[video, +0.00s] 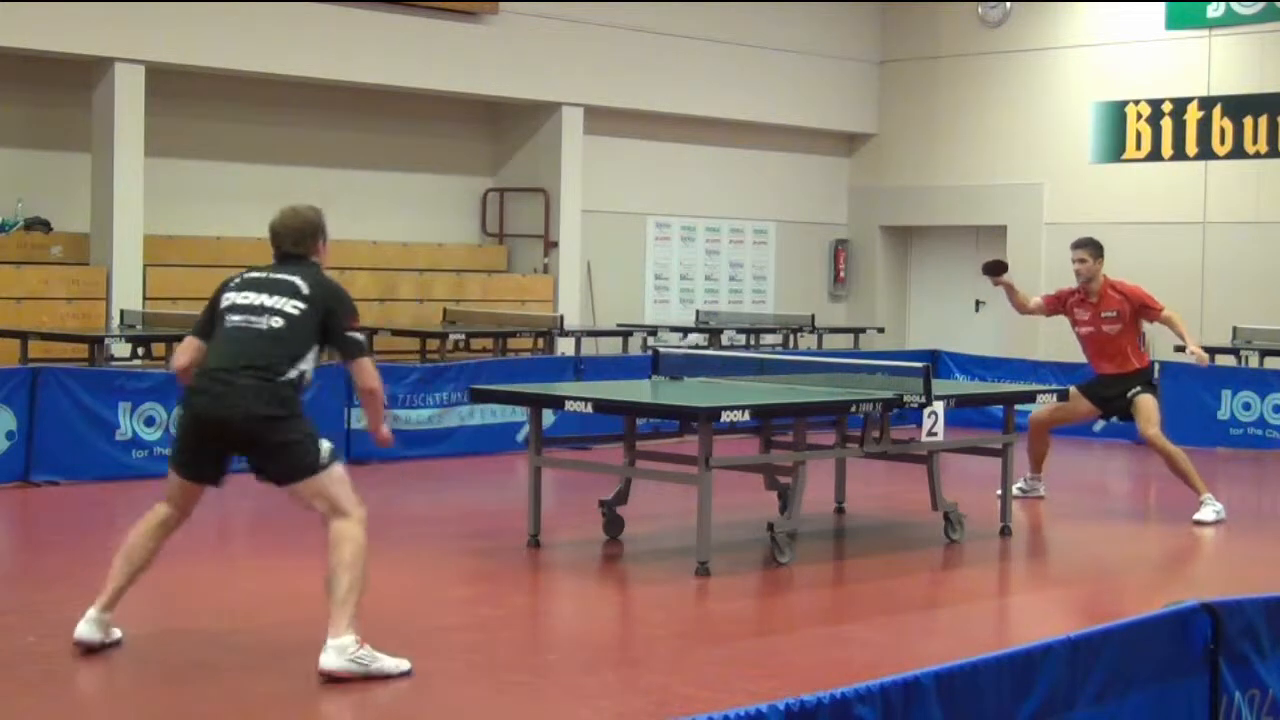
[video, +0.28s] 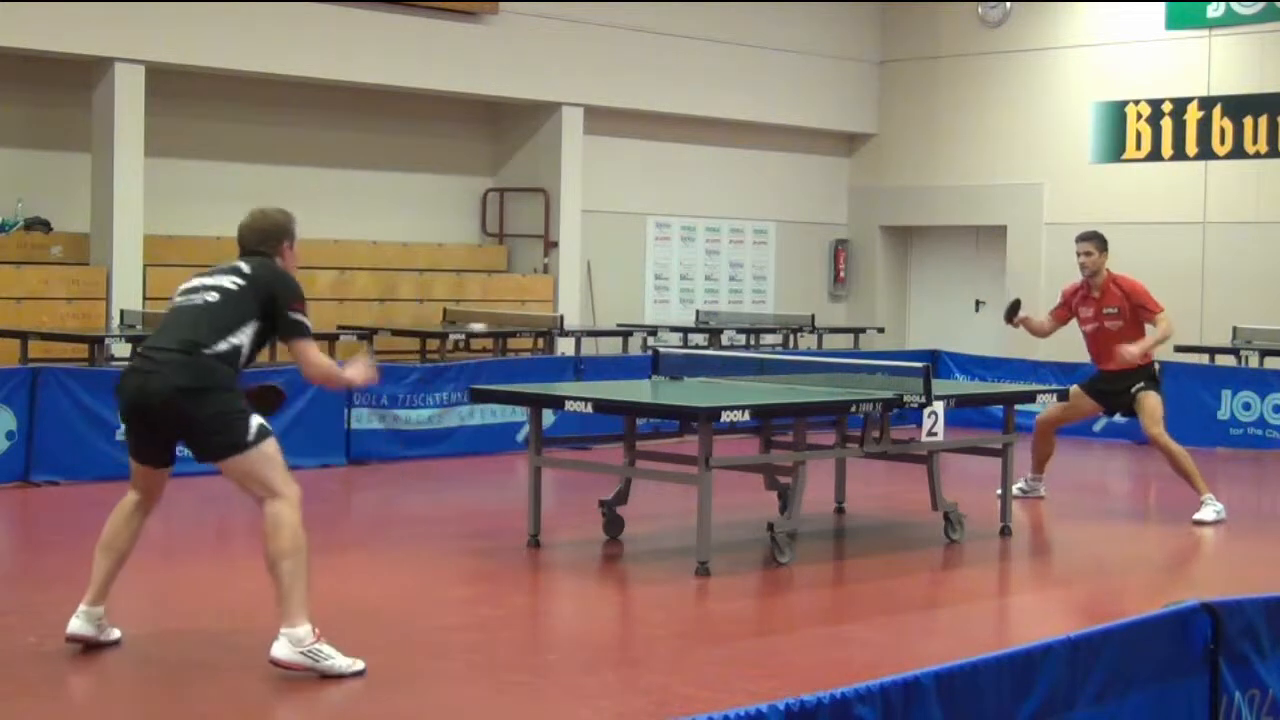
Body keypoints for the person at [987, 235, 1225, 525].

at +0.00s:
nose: (1076, 268)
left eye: (1082, 262)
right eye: (1074, 262)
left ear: (1100, 263)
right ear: (1072, 265)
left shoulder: (1125, 294)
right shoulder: (1069, 299)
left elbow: (1169, 318)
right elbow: (1026, 307)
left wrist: (1191, 344)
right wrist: (1008, 286)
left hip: (1137, 382)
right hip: (1102, 384)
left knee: (1150, 434)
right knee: (1039, 419)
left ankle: (1208, 501)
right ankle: (1034, 481)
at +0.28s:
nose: (1082, 261)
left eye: (1088, 255)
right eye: (1079, 255)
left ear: (1105, 256)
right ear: (1076, 258)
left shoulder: (1127, 288)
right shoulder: (1074, 294)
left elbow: (1165, 327)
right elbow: (1045, 329)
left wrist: (1140, 348)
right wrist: (1022, 320)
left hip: (1140, 377)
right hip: (1105, 379)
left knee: (1154, 432)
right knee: (1045, 422)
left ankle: (1209, 500)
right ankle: (1034, 482)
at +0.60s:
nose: (1049, 268)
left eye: (1054, 261)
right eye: (1046, 262)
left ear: (1071, 262)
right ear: (1045, 265)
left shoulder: (1096, 289)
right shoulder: (1053, 299)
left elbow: (1113, 337)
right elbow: (1038, 342)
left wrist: (1061, 349)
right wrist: (1012, 343)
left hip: (1131, 366)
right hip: (1100, 371)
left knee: (1140, 426)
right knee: (1040, 416)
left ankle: (1189, 498)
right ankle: (1015, 482)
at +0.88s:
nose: (1055, 273)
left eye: (1060, 266)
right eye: (1051, 268)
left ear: (1076, 265)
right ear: (1049, 269)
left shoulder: (1103, 289)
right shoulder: (1052, 301)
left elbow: (1149, 308)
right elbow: (1026, 328)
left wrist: (1139, 329)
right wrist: (1012, 330)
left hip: (1130, 374)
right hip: (1096, 379)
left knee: (1143, 430)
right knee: (1037, 419)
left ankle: (1192, 500)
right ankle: (1014, 483)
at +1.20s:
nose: (1076, 230)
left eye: (1083, 225)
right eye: (1074, 225)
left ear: (1100, 231)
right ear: (1072, 231)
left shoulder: (1118, 267)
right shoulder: (1060, 268)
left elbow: (1166, 277)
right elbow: (1017, 272)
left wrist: (1179, 260)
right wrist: (996, 248)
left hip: (1122, 360)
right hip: (1086, 362)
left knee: (1144, 426)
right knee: (1037, 418)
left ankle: (1192, 499)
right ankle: (1014, 482)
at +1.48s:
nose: (1075, 226)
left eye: (1082, 221)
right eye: (1075, 221)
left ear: (1101, 225)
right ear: (1080, 228)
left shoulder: (1125, 267)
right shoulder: (1071, 269)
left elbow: (1141, 309)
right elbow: (1048, 310)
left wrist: (1145, 332)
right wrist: (1018, 290)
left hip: (1112, 357)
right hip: (1075, 357)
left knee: (1142, 427)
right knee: (1043, 422)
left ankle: (1192, 499)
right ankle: (1016, 482)